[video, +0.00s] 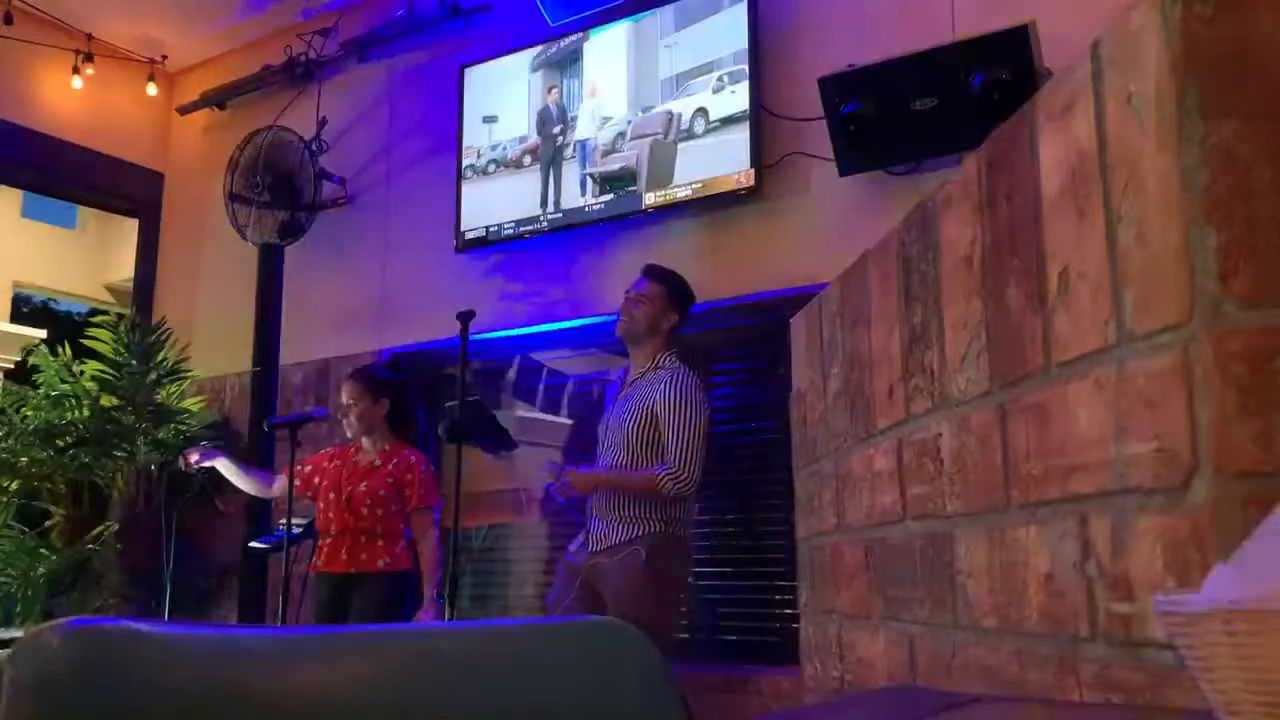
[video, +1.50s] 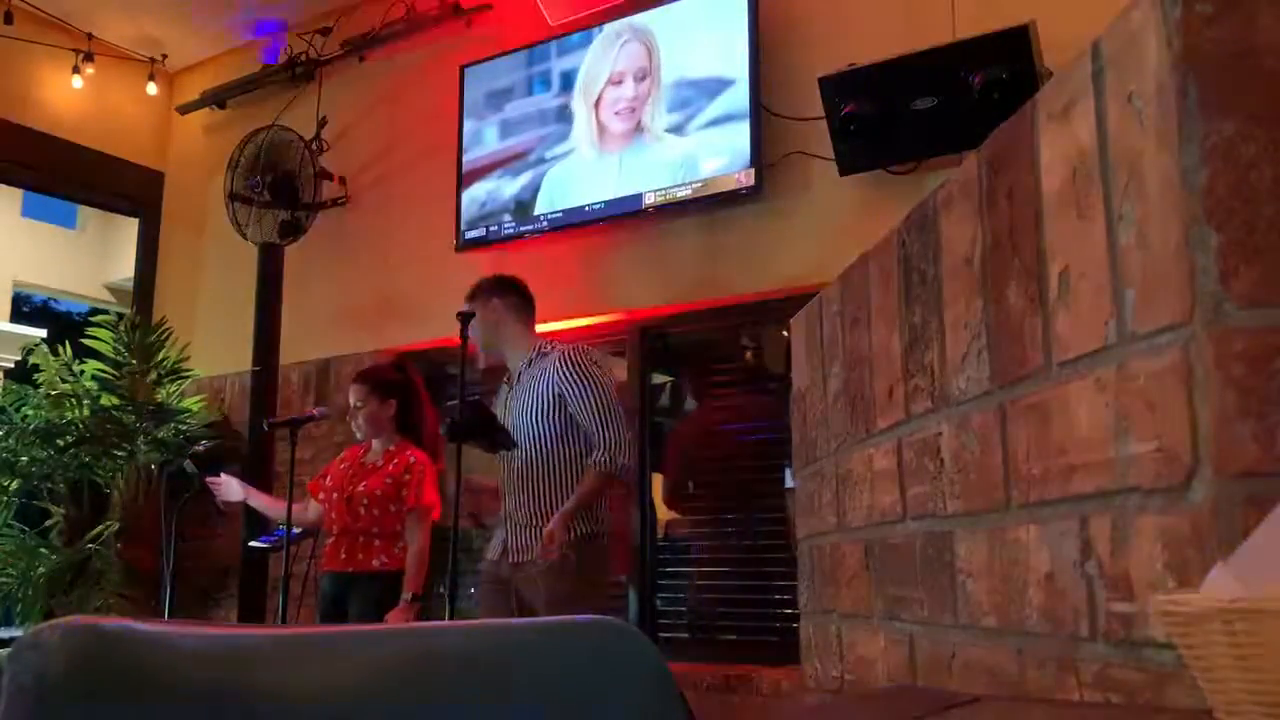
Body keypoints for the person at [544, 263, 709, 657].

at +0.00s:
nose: (626, 305)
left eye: (640, 300)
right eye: (627, 298)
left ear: (669, 319)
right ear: (623, 304)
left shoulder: (678, 382)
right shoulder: (627, 385)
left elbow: (680, 478)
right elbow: (622, 468)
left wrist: (595, 479)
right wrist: (577, 480)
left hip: (644, 549)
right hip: (593, 546)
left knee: (639, 673)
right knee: (565, 659)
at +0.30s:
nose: (612, 302)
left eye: (626, 297)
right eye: (611, 295)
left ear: (655, 315)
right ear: (605, 308)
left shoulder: (669, 383)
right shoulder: (612, 392)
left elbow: (687, 479)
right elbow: (610, 477)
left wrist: (599, 482)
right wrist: (560, 486)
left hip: (635, 553)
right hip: (581, 551)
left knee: (639, 678)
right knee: (549, 663)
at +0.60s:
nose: (590, 301)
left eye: (605, 295)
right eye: (585, 293)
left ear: (627, 314)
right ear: (576, 305)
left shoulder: (648, 389)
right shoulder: (547, 386)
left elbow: (669, 484)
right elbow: (536, 466)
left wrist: (590, 506)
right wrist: (517, 484)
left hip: (609, 559)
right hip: (539, 557)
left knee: (608, 680)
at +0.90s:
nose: (558, 284)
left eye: (572, 279)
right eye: (550, 278)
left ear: (591, 299)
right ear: (538, 296)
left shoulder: (617, 379)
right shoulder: (502, 379)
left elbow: (644, 470)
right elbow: (491, 461)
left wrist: (589, 498)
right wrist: (475, 459)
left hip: (578, 556)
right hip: (500, 556)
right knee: (480, 668)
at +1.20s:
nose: (484, 303)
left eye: (493, 289)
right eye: (486, 291)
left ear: (530, 293)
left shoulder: (585, 367)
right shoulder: (487, 383)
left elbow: (624, 455)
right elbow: (481, 466)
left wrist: (565, 504)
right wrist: (462, 460)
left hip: (565, 556)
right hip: (489, 561)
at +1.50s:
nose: (468, 331)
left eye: (471, 316)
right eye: (467, 320)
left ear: (496, 309)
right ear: (499, 312)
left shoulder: (567, 362)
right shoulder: (507, 389)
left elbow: (614, 449)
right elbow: (523, 479)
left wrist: (564, 516)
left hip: (563, 558)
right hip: (505, 556)